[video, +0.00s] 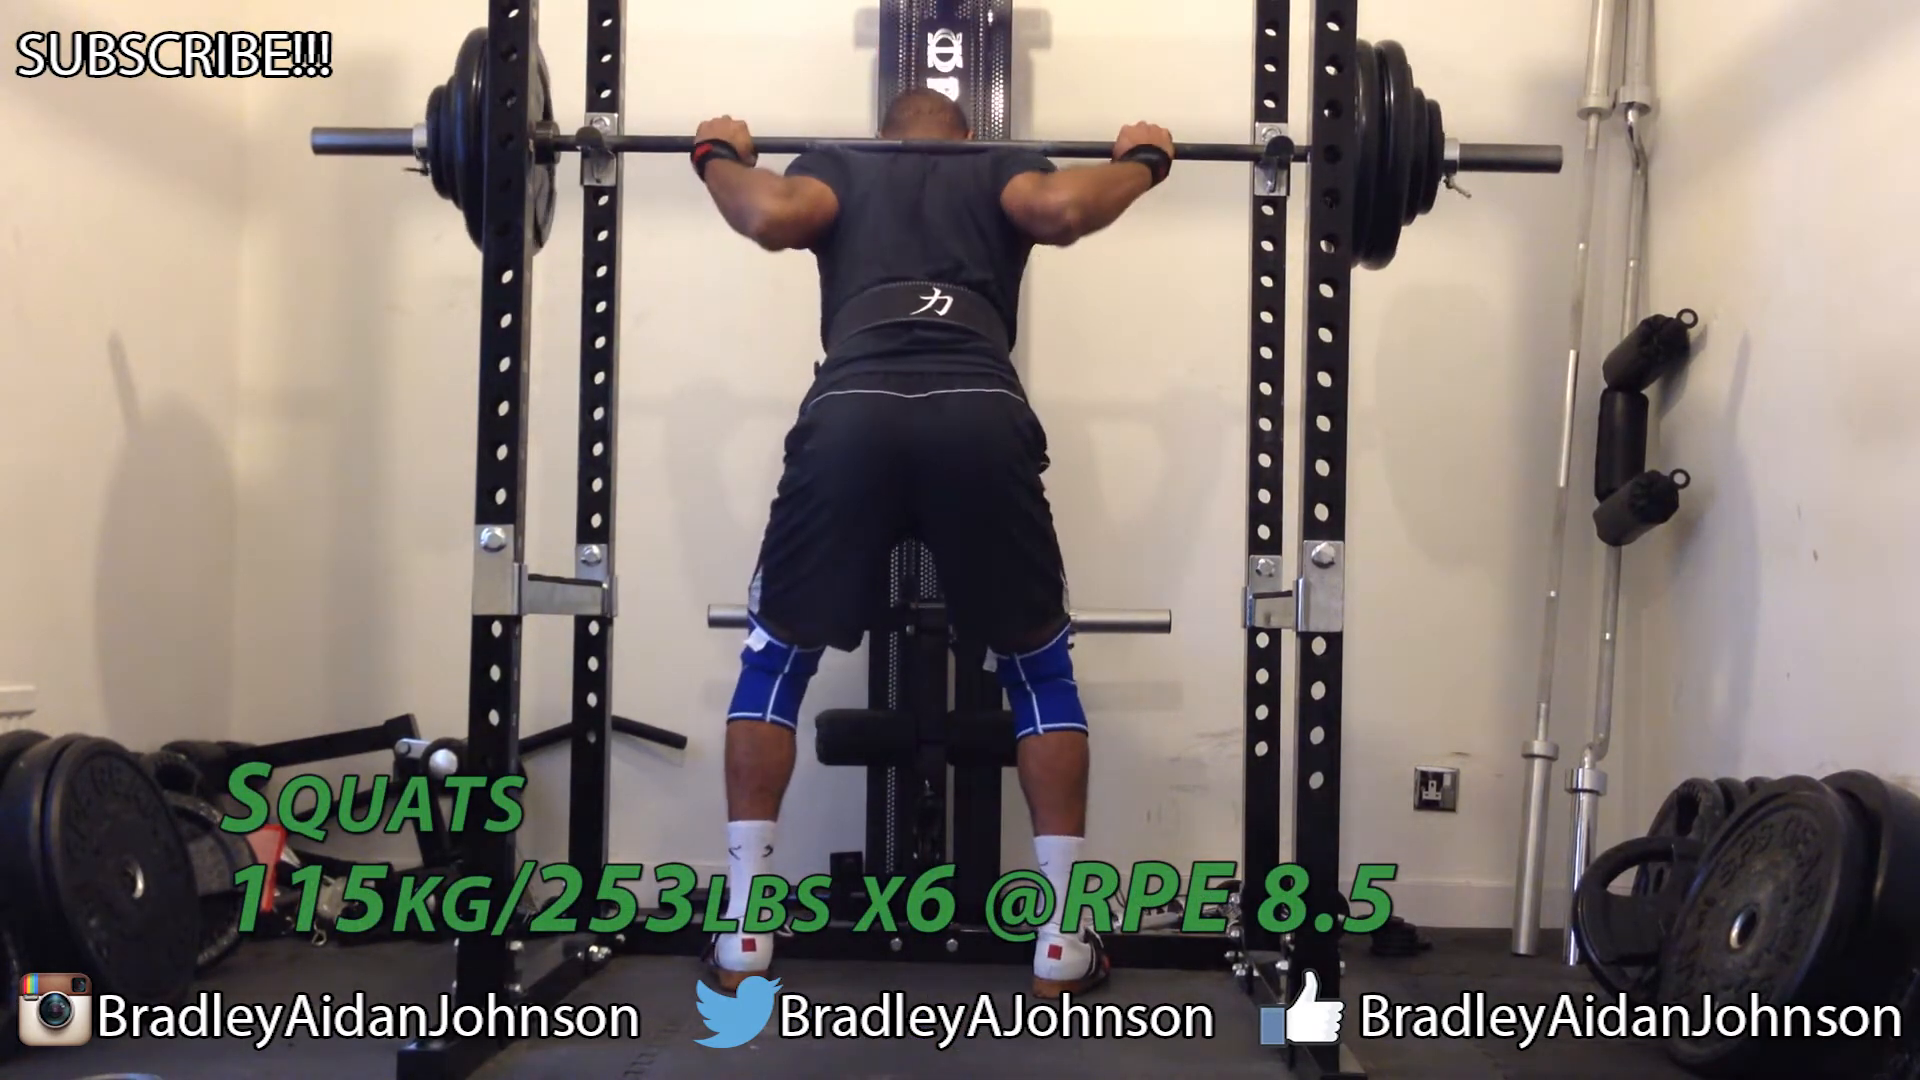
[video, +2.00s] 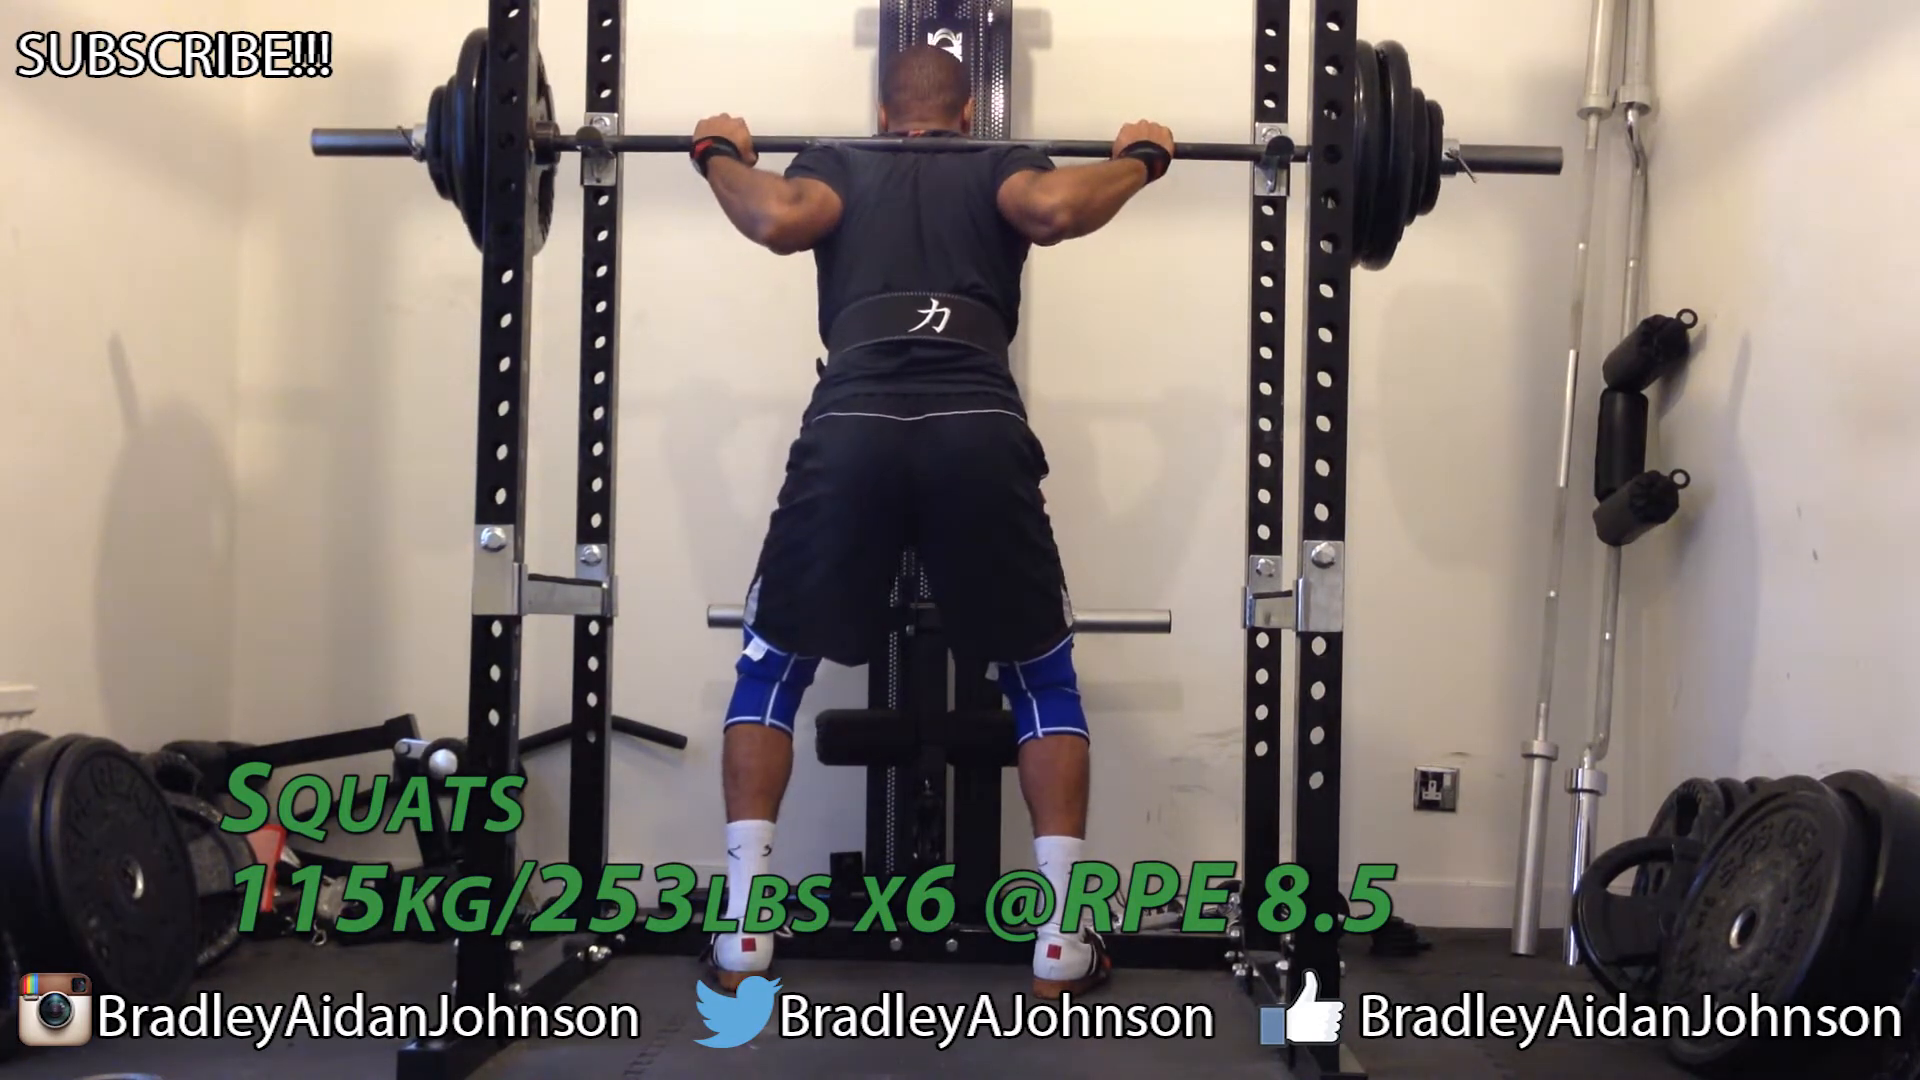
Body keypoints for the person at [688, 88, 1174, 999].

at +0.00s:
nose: (943, 130)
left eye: (922, 124)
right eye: (955, 124)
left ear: (882, 134)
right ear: (970, 135)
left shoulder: (838, 165)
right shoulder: (1001, 169)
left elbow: (767, 214)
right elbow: (1063, 208)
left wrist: (720, 157)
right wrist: (1137, 163)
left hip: (852, 414)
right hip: (980, 413)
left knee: (775, 657)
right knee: (1037, 666)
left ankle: (744, 920)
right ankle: (1062, 926)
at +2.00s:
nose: (946, 110)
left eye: (904, 97)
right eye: (961, 99)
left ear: (880, 110)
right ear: (970, 111)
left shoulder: (837, 163)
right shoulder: (999, 163)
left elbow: (778, 219)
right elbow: (1050, 210)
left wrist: (723, 158)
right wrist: (1135, 162)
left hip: (849, 429)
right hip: (978, 431)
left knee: (771, 673)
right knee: (1042, 682)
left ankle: (744, 919)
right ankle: (1061, 930)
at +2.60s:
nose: (918, 41)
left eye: (896, 32)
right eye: (953, 33)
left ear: (879, 57)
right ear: (969, 54)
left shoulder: (838, 121)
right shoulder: (997, 117)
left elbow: (774, 164)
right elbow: (1057, 160)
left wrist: (726, 112)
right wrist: (1133, 116)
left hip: (858, 391)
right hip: (985, 393)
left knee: (797, 651)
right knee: (1029, 661)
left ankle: (745, 921)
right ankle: (1059, 930)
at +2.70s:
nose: (930, 34)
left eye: (906, 25)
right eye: (951, 26)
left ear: (881, 48)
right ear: (968, 43)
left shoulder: (839, 110)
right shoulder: (997, 105)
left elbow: (772, 151)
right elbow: (1057, 148)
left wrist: (727, 99)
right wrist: (1136, 103)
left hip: (857, 385)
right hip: (982, 387)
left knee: (800, 649)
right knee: (1021, 655)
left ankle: (746, 920)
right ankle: (1060, 929)